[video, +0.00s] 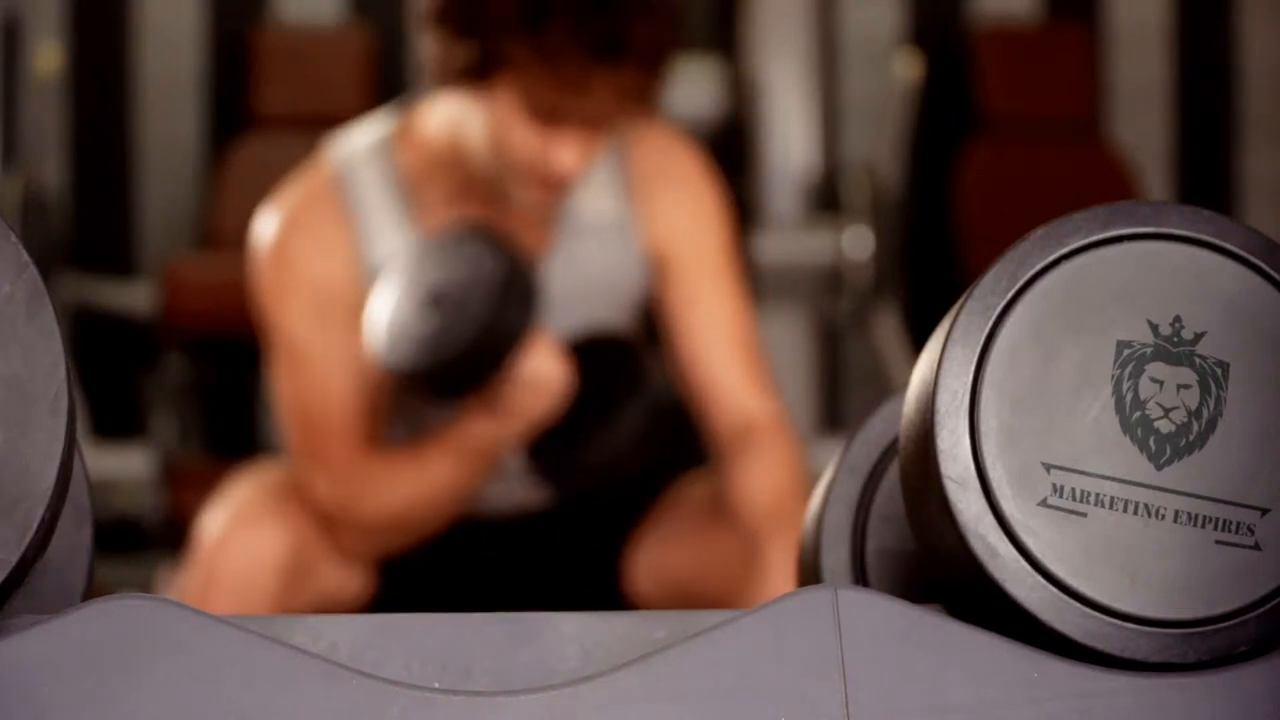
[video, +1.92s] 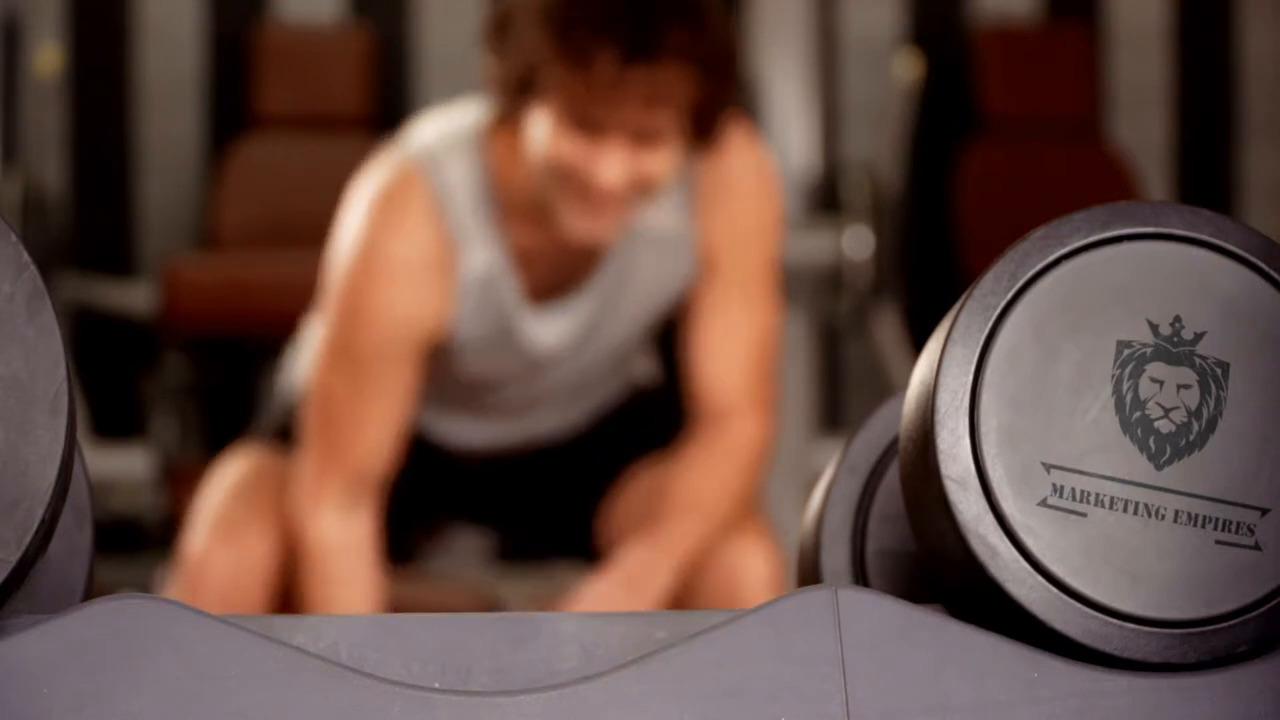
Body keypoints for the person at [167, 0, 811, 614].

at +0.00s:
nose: (570, 156)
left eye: (602, 122)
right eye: (544, 116)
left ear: (633, 100)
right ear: (473, 71)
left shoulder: (661, 172)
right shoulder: (312, 221)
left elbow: (748, 426)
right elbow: (354, 515)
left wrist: (786, 588)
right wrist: (503, 420)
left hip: (597, 523)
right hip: (401, 538)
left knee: (788, 542)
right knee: (249, 533)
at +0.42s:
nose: (581, 138)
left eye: (612, 105)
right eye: (557, 98)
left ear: (648, 83)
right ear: (490, 47)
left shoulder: (675, 167)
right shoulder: (337, 211)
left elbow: (748, 419)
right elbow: (347, 504)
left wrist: (782, 575)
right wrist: (539, 479)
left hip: (594, 525)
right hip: (400, 536)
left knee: (795, 533)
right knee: (244, 530)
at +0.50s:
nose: (582, 137)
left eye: (614, 105)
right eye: (558, 96)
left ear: (652, 82)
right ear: (495, 46)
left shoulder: (680, 166)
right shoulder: (346, 212)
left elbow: (750, 423)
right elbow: (349, 496)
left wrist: (778, 578)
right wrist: (577, 530)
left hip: (599, 542)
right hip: (412, 544)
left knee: (789, 517)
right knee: (243, 522)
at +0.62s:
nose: (583, 137)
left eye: (615, 105)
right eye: (559, 96)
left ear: (655, 85)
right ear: (495, 47)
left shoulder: (687, 169)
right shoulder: (356, 216)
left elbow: (749, 424)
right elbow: (343, 512)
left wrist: (774, 575)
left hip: (606, 513)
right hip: (418, 522)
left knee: (793, 538)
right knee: (238, 532)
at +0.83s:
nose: (588, 146)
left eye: (621, 115)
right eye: (564, 105)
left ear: (662, 94)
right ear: (502, 53)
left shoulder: (692, 172)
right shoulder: (372, 224)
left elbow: (752, 428)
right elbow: (346, 529)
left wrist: (772, 580)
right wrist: (415, 700)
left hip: (600, 523)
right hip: (416, 530)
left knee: (786, 534)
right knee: (242, 531)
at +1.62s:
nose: (596, 220)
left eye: (631, 188)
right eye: (570, 176)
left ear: (676, 177)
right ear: (508, 136)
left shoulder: (696, 188)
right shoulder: (388, 263)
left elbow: (734, 441)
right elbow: (338, 554)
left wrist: (666, 550)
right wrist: (346, 717)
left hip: (595, 523)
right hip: (408, 530)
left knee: (756, 555)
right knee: (228, 537)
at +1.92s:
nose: (611, 171)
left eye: (648, 139)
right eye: (584, 127)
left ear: (695, 130)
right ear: (523, 98)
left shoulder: (729, 170)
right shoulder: (410, 200)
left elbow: (733, 425)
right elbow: (337, 495)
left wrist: (605, 613)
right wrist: (357, 693)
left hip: (586, 448)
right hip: (386, 450)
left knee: (746, 566)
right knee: (230, 542)